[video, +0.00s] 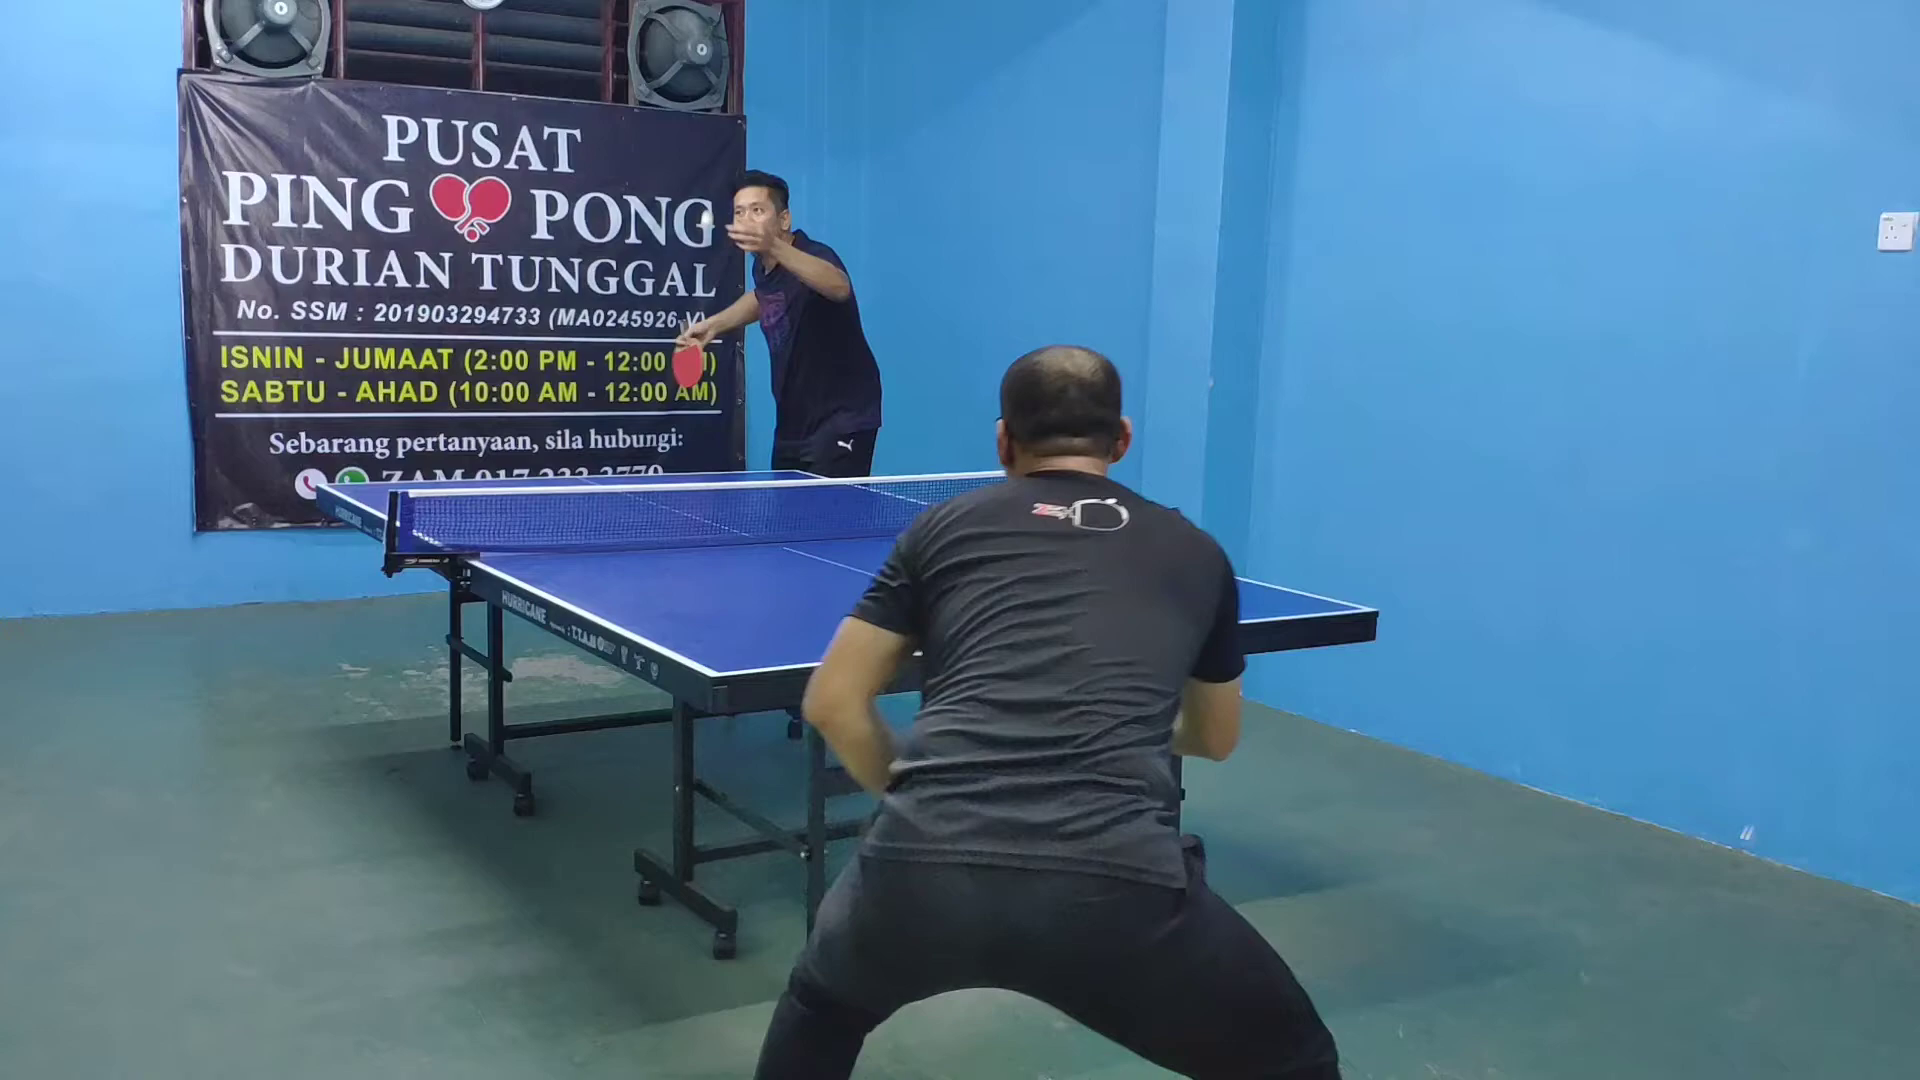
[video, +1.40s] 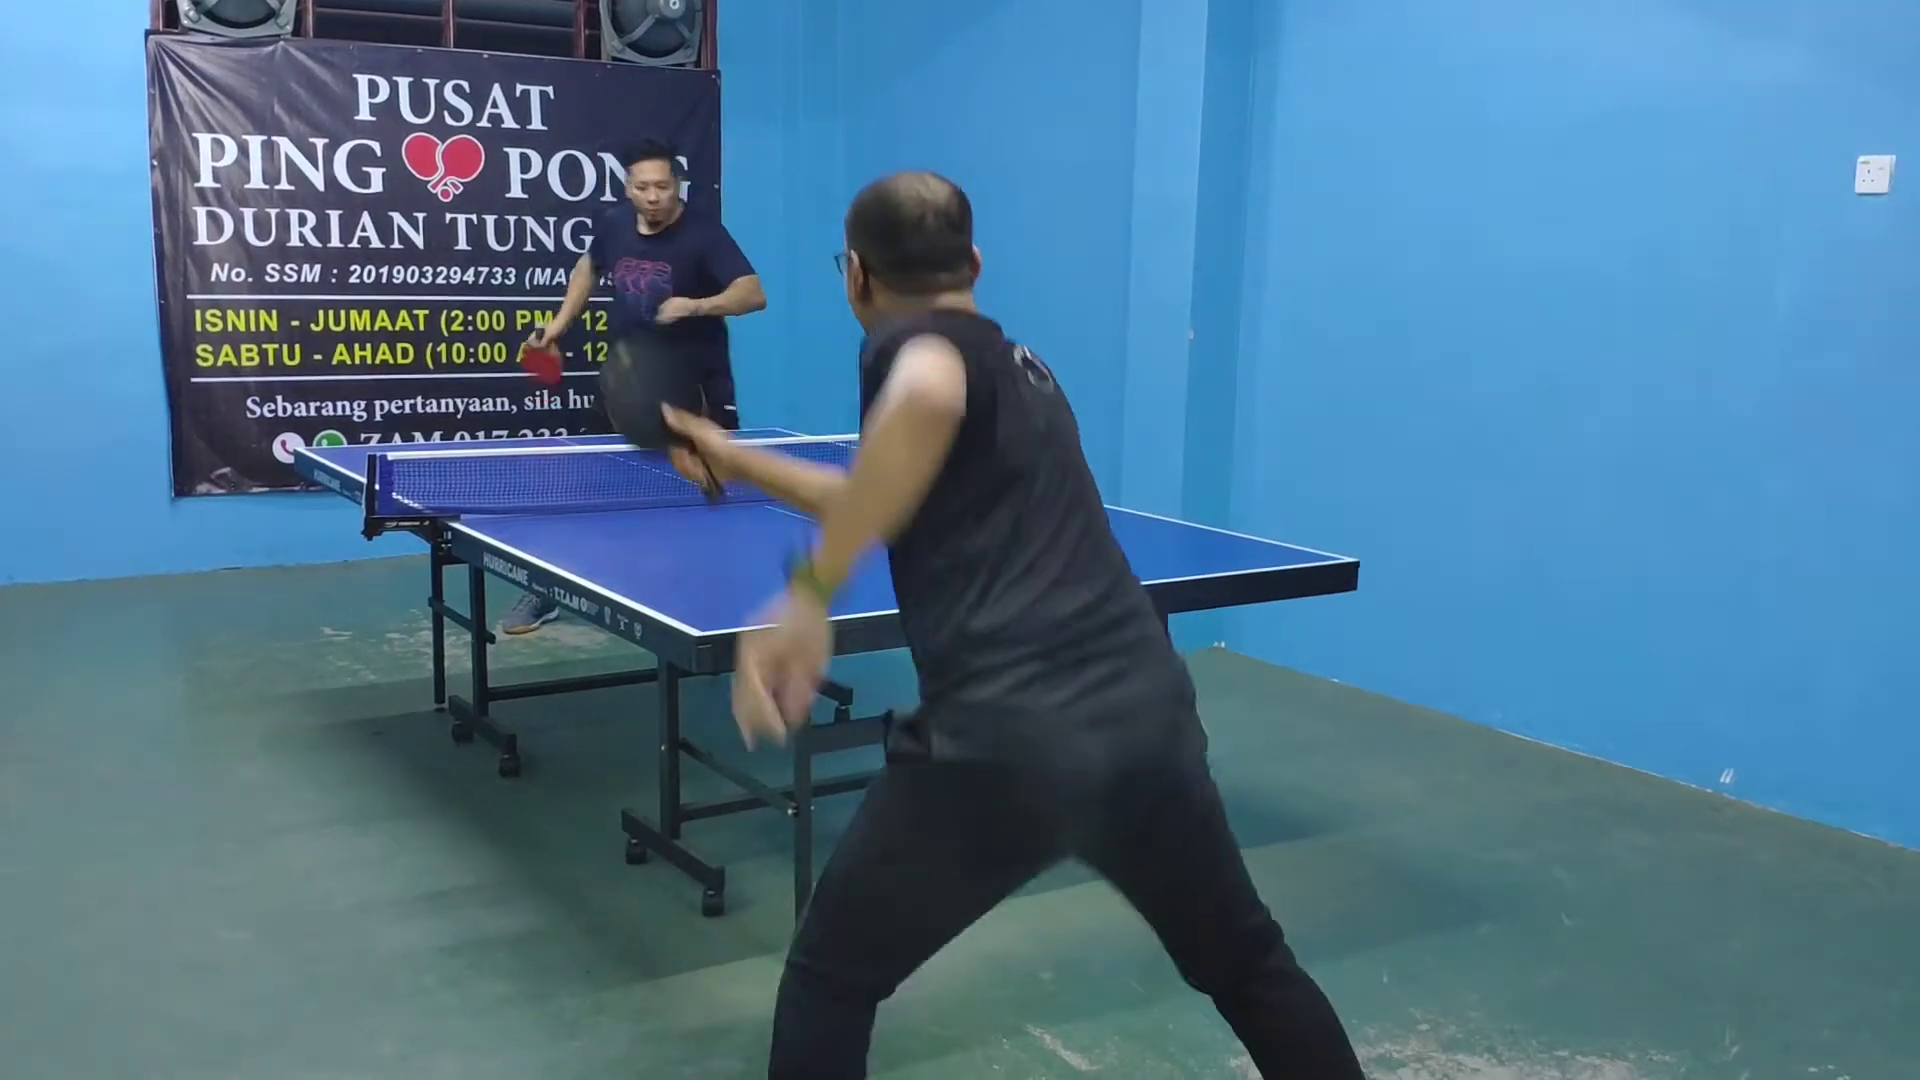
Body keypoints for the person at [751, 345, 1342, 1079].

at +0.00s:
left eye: (1000, 439)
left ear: (1004, 444)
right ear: (1122, 440)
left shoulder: (941, 527)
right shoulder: (1196, 553)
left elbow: (834, 701)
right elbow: (1213, 735)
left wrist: (912, 794)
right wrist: (1119, 717)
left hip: (919, 889)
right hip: (1111, 898)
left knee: (819, 1011)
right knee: (1296, 1057)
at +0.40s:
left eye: (1036, 379)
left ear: (1041, 385)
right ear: (1158, 378)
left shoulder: (994, 477)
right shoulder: (1244, 488)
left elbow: (900, 658)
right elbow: (1272, 673)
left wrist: (979, 733)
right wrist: (1167, 658)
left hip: (1017, 833)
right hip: (1201, 838)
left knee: (871, 1019)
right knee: (1314, 1054)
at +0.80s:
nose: (1058, 420)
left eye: (1057, 404)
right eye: (1056, 403)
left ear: (1075, 402)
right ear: (1180, 400)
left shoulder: (1050, 503)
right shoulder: (1275, 495)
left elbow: (978, 703)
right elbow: (1336, 697)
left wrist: (1068, 719)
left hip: (1150, 856)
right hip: (1319, 850)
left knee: (921, 966)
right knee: (1408, 1020)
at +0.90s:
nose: (983, 423)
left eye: (983, 405)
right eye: (982, 406)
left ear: (1005, 398)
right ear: (1095, 400)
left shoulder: (1008, 481)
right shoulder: (1176, 486)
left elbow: (901, 665)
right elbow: (1142, 667)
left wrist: (986, 627)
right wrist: (983, 721)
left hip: (1125, 843)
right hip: (1274, 826)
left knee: (899, 967)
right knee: (1367, 1019)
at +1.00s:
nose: (907, 405)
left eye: (907, 386)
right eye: (906, 387)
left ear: (932, 375)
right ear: (1015, 373)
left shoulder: (960, 439)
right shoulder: (1084, 460)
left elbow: (799, 532)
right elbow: (1010, 622)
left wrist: (831, 576)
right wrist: (846, 628)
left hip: (1084, 808)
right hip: (1218, 789)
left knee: (864, 970)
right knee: (1326, 1005)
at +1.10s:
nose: (855, 348)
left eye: (857, 332)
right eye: (856, 334)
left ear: (876, 331)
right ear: (973, 333)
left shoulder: (924, 380)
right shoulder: (1016, 429)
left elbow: (801, 365)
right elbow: (878, 533)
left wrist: (723, 472)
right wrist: (752, 484)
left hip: (1047, 769)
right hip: (1182, 744)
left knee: (862, 973)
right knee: (1279, 986)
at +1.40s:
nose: (843, 284)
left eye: (844, 266)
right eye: (849, 264)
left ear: (857, 276)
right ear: (972, 267)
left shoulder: (914, 343)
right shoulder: (1019, 367)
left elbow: (930, 401)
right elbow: (896, 512)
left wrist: (811, 596)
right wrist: (742, 463)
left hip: (1004, 742)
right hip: (1140, 720)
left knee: (829, 982)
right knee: (1251, 965)